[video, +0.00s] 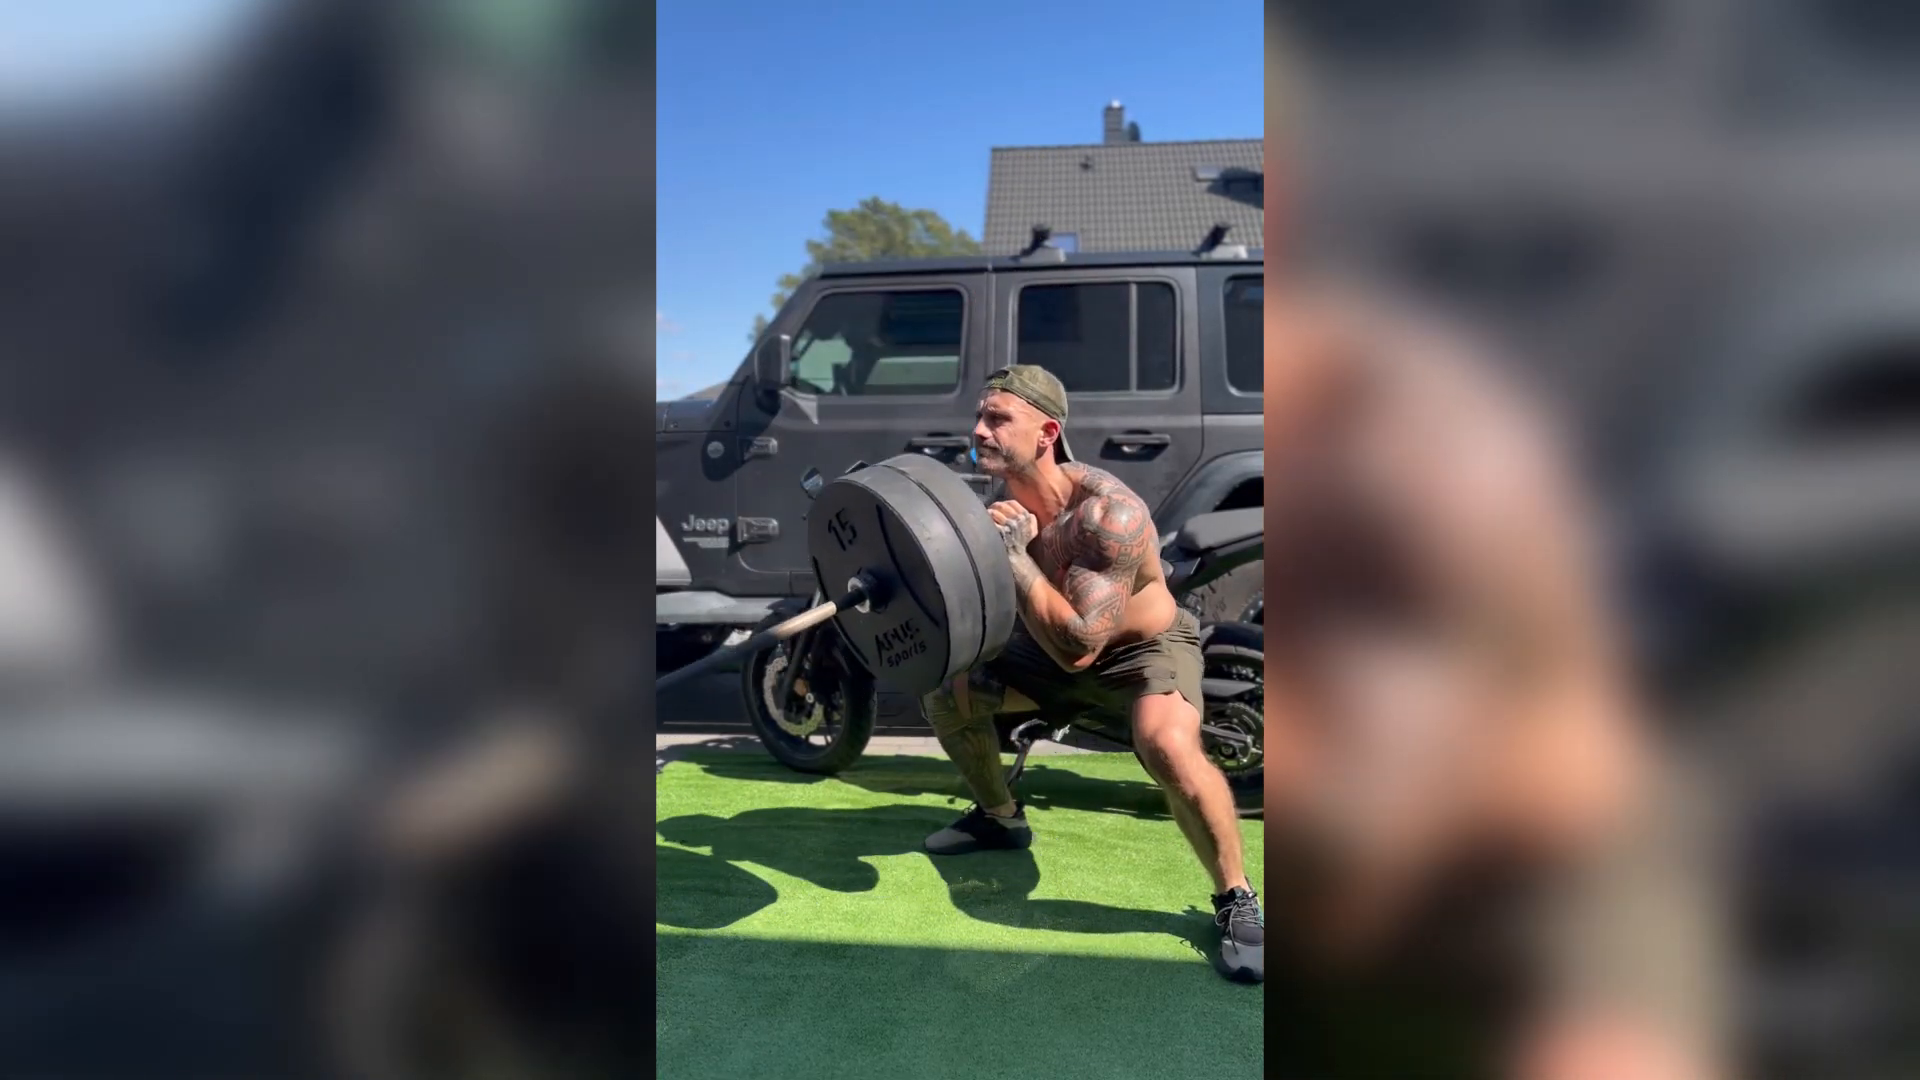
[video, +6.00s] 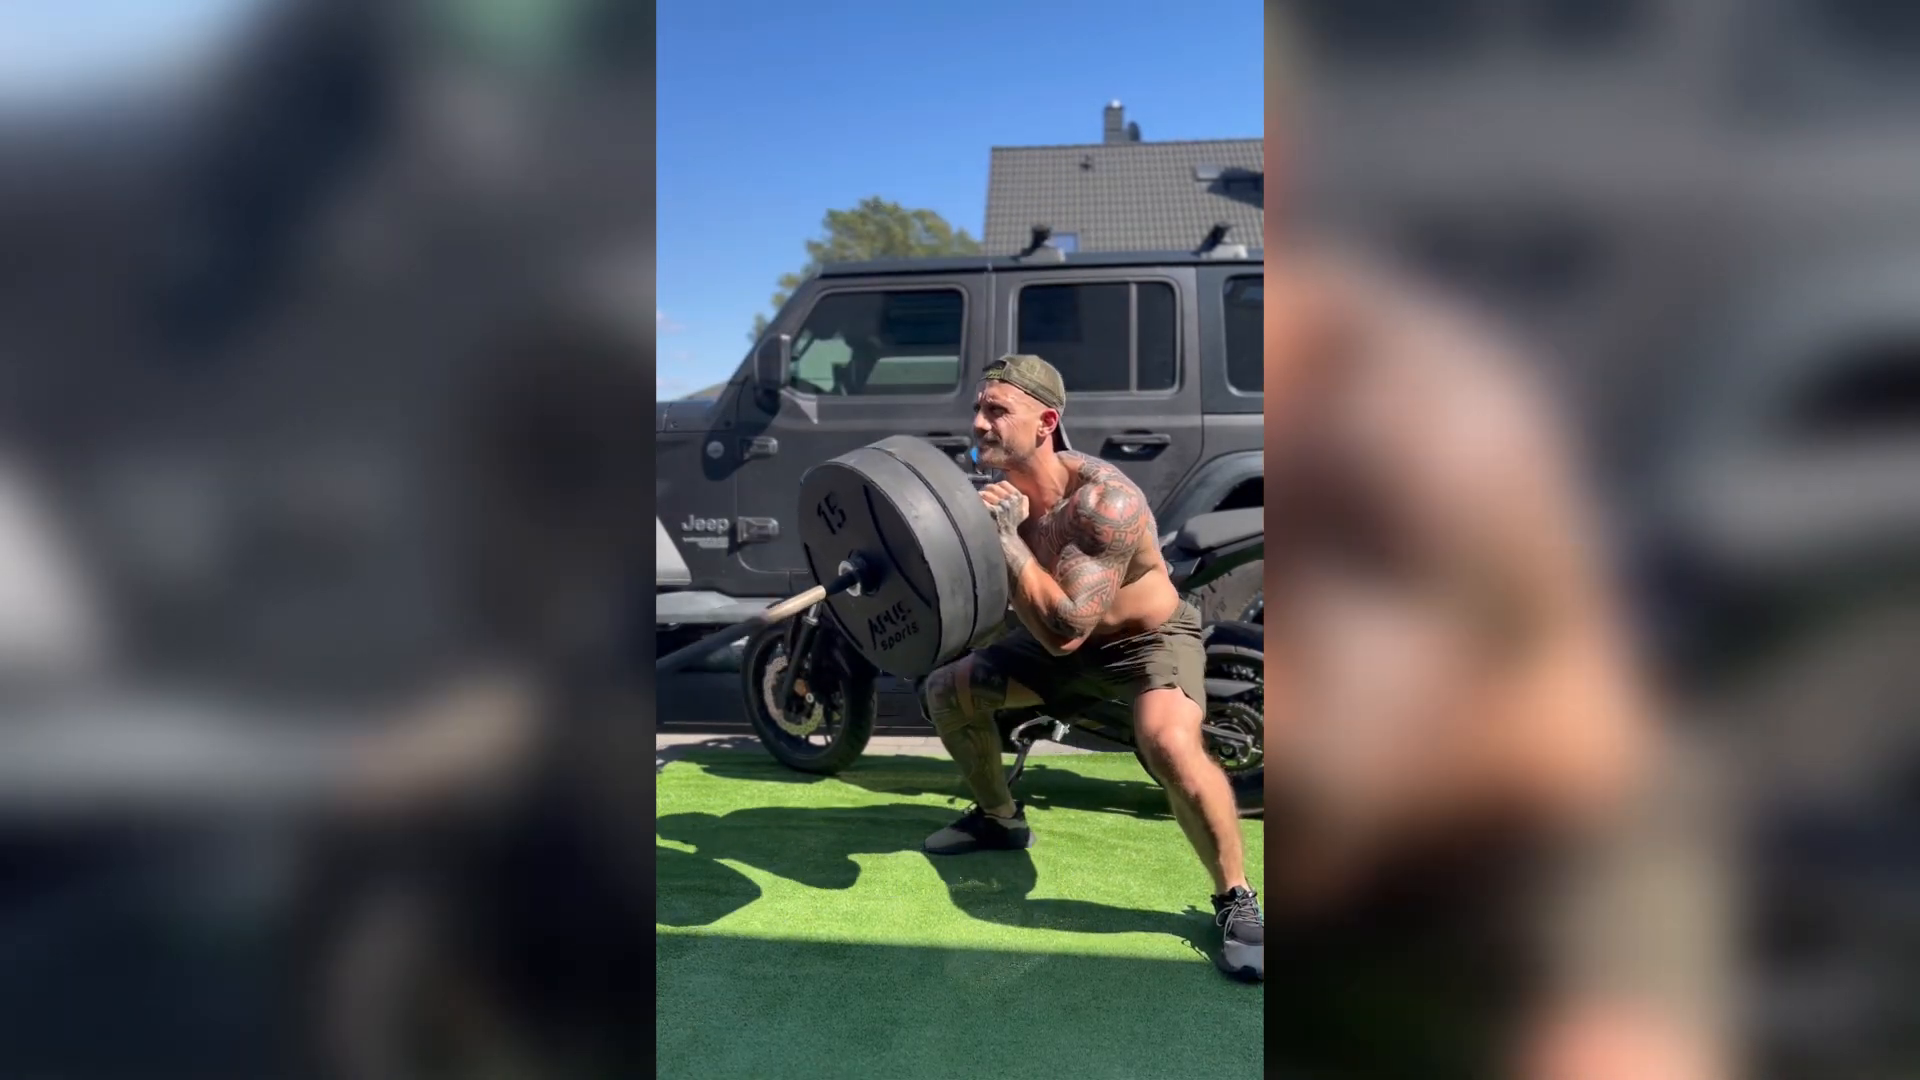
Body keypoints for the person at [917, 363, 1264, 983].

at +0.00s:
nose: (980, 432)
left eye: (999, 420)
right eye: (979, 418)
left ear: (1047, 434)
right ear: (980, 428)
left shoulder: (1112, 513)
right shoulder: (988, 510)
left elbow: (1078, 646)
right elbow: (957, 592)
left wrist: (1016, 560)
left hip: (1149, 646)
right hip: (1056, 645)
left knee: (1166, 742)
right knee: (948, 695)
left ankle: (1236, 899)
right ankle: (1001, 819)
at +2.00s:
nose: (984, 432)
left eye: (1002, 419)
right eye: (982, 417)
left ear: (1050, 431)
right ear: (982, 426)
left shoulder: (1113, 511)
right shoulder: (993, 511)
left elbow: (1076, 646)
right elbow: (961, 591)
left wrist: (1018, 559)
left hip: (1152, 647)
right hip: (1059, 648)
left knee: (1171, 742)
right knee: (950, 700)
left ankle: (1237, 899)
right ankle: (1000, 819)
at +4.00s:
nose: (979, 432)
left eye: (997, 420)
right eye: (977, 419)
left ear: (1046, 433)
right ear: (976, 427)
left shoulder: (1109, 510)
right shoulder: (986, 508)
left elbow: (1068, 641)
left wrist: (1008, 550)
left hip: (1151, 645)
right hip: (1063, 650)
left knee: (1171, 735)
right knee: (949, 696)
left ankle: (1237, 898)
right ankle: (999, 820)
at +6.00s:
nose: (980, 424)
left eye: (997, 411)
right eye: (978, 410)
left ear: (1046, 423)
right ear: (981, 420)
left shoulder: (1109, 501)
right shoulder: (986, 497)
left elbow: (1066, 632)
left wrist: (1004, 538)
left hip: (1154, 638)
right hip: (1065, 640)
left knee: (1167, 740)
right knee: (949, 693)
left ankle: (1236, 897)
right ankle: (999, 820)